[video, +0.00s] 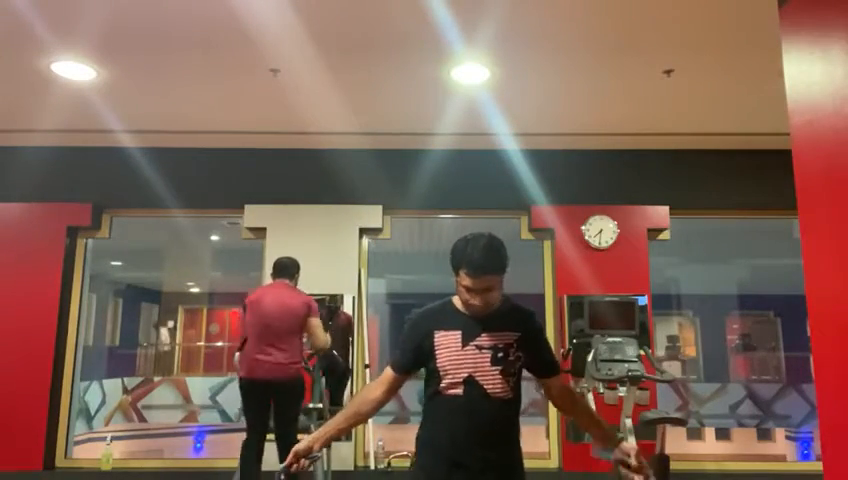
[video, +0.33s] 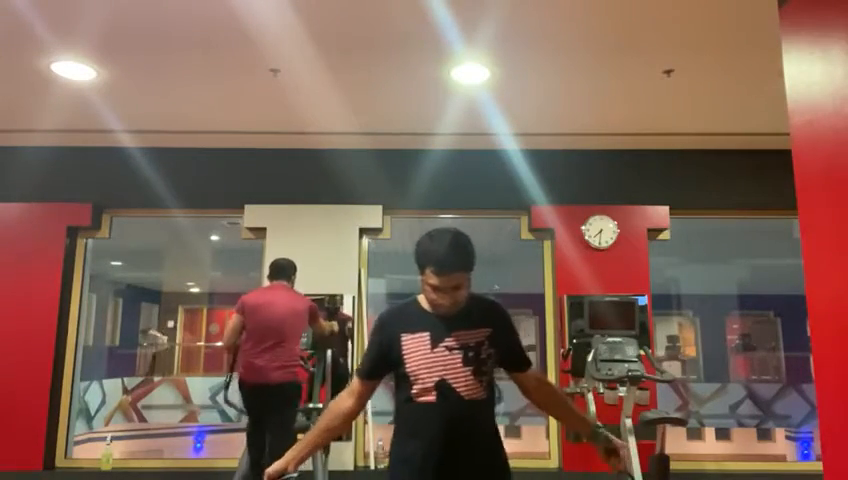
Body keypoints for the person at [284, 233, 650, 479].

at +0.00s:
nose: (474, 300)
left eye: (484, 291)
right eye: (466, 290)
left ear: (503, 280)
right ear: (454, 279)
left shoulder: (522, 324)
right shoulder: (426, 323)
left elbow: (561, 392)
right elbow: (378, 391)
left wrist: (612, 442)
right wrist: (316, 440)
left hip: (499, 467)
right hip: (437, 466)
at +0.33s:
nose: (447, 299)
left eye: (456, 288)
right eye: (437, 289)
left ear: (470, 277)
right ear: (420, 277)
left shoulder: (490, 316)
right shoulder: (394, 324)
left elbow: (532, 384)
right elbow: (352, 398)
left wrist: (594, 433)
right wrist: (290, 460)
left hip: (480, 467)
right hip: (415, 468)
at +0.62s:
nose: (437, 286)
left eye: (447, 275)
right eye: (426, 275)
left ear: (462, 268)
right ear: (410, 269)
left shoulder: (485, 310)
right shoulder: (386, 322)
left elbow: (526, 385)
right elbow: (350, 402)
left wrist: (580, 442)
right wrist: (290, 467)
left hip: (478, 464)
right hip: (411, 466)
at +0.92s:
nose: (455, 253)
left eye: (466, 244)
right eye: (446, 244)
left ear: (482, 254)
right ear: (431, 254)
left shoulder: (505, 313)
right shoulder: (404, 314)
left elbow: (541, 397)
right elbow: (363, 396)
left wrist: (594, 458)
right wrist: (307, 456)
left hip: (489, 466)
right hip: (421, 465)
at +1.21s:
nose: (468, 250)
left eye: (478, 242)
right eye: (457, 242)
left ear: (495, 253)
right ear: (441, 254)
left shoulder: (518, 315)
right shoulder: (414, 315)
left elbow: (578, 390)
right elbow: (367, 377)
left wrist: (660, 429)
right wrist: (314, 422)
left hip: (496, 469)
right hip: (426, 467)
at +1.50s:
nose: (460, 219)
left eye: (472, 212)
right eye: (451, 211)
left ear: (488, 226)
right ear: (434, 223)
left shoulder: (514, 279)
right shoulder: (405, 278)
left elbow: (600, 292)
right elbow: (327, 293)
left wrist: (655, 232)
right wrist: (264, 251)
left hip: (487, 460)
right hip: (414, 457)